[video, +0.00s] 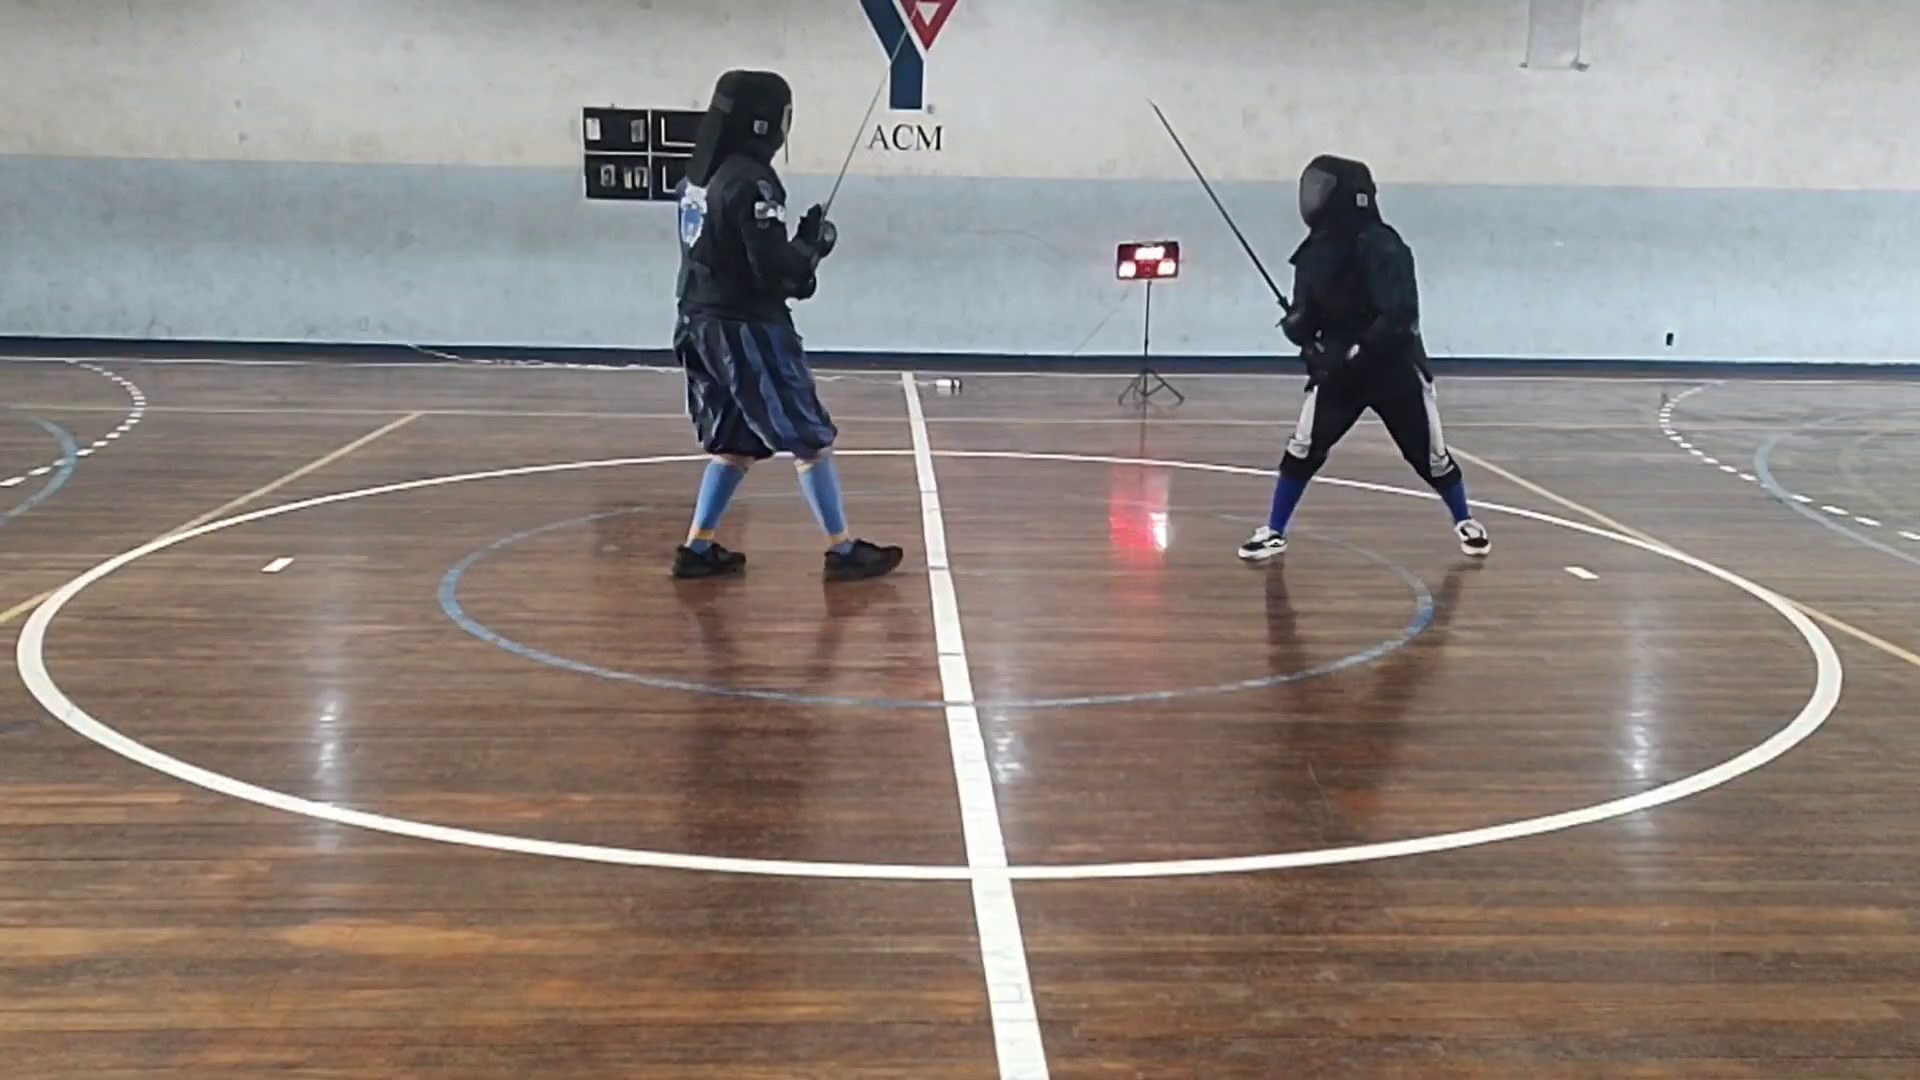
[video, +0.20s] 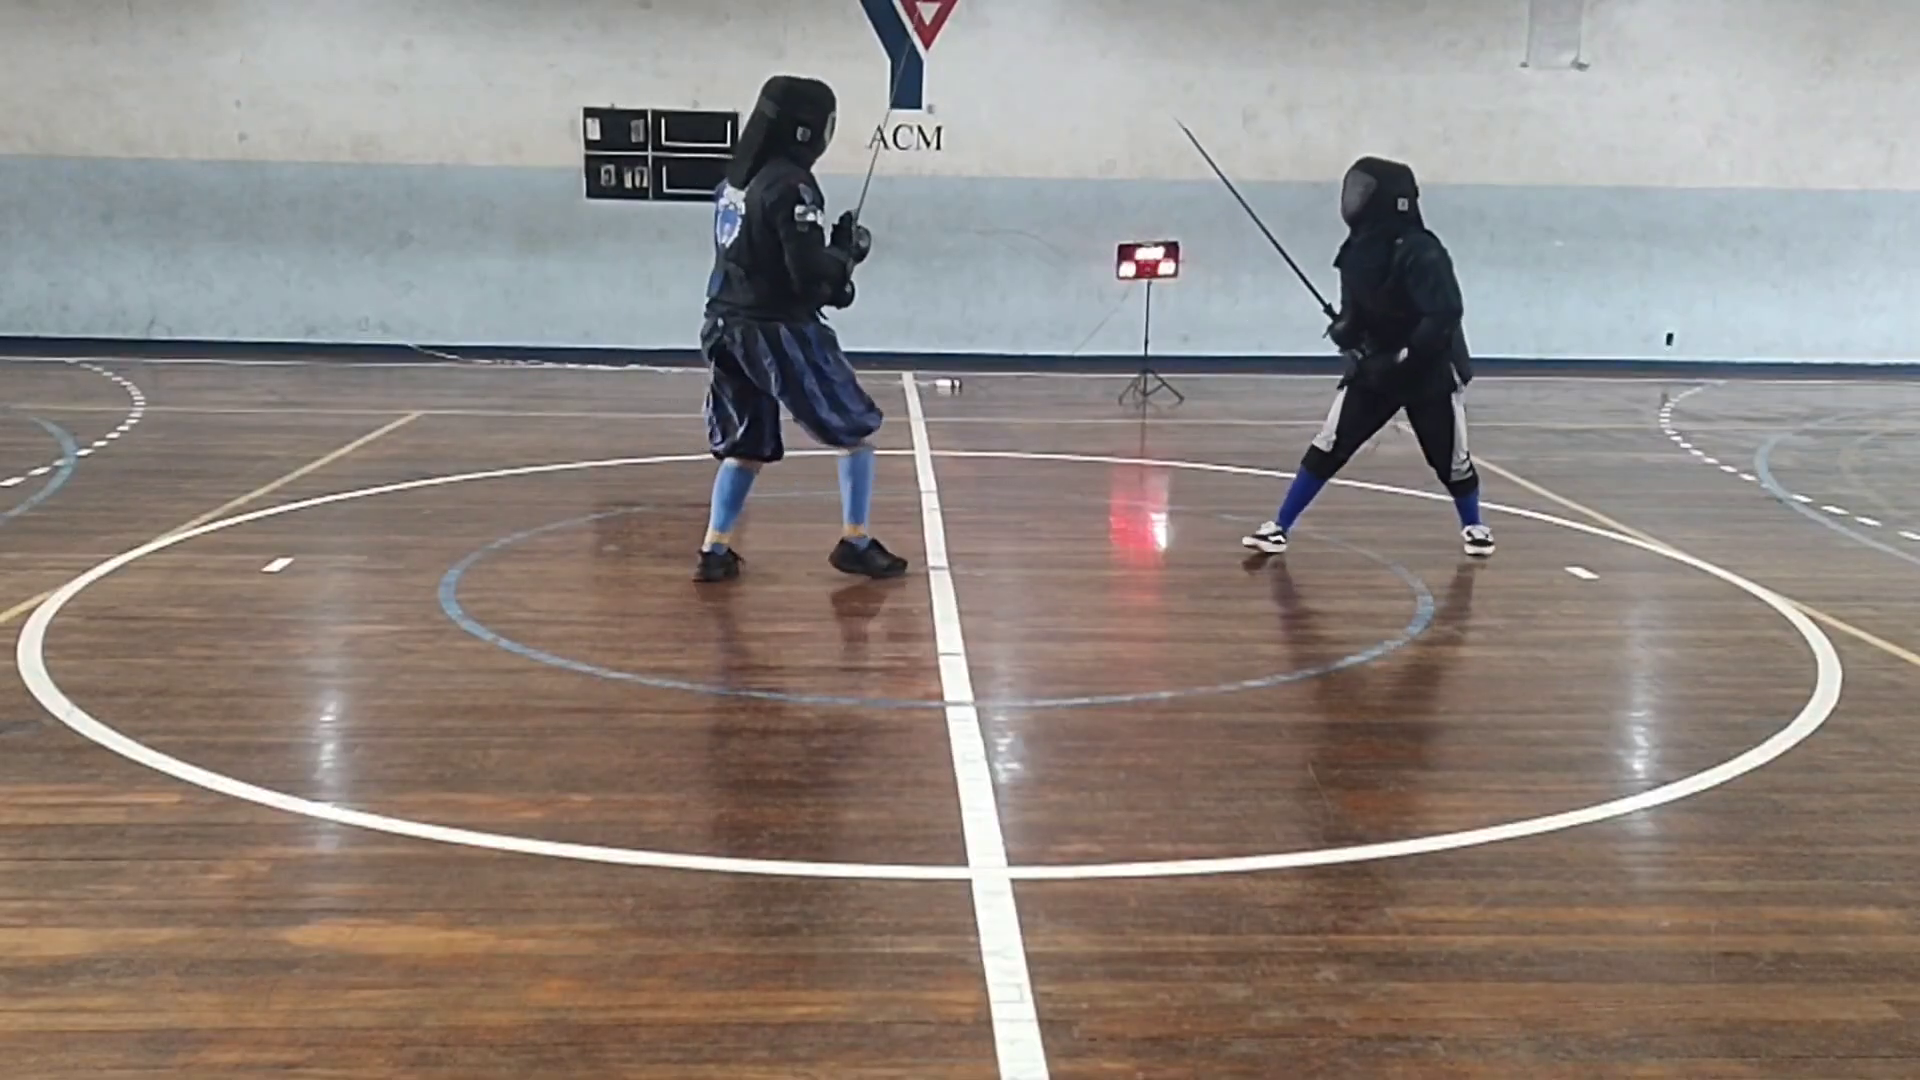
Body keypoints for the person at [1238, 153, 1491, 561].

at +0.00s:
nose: (1307, 196)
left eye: (1317, 187)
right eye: (1307, 187)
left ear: (1345, 193)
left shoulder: (1382, 245)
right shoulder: (1312, 252)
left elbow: (1400, 317)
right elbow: (1304, 314)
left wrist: (1353, 351)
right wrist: (1297, 325)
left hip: (1393, 368)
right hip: (1338, 368)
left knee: (1430, 456)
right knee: (1302, 450)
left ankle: (1464, 521)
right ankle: (1274, 530)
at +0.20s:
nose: (1346, 197)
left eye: (1357, 188)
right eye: (1348, 188)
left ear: (1386, 196)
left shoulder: (1420, 249)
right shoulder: (1356, 249)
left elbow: (1446, 313)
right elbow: (1355, 306)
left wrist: (1406, 359)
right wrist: (1345, 329)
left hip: (1429, 368)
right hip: (1375, 364)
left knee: (1451, 458)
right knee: (1329, 446)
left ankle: (1473, 526)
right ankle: (1279, 527)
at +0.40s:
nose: (1365, 190)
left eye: (1376, 181)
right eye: (1365, 180)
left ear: (1402, 188)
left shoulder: (1434, 242)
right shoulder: (1371, 243)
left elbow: (1459, 307)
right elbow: (1367, 299)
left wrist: (1413, 349)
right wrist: (1353, 317)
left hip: (1438, 365)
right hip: (1385, 361)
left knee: (1452, 456)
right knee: (1330, 438)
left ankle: (1473, 525)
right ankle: (1294, 524)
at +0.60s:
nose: (1369, 205)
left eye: (1380, 198)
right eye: (1370, 196)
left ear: (1406, 206)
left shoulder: (1438, 262)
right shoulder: (1367, 257)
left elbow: (1455, 326)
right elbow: (1356, 317)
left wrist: (1404, 357)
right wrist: (1342, 322)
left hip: (1423, 382)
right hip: (1365, 376)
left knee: (1453, 465)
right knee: (1298, 427)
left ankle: (1473, 526)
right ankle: (1281, 519)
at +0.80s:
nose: (1343, 207)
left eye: (1353, 199)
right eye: (1342, 198)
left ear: (1378, 204)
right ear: (1342, 205)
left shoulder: (1402, 250)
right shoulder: (1329, 249)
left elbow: (1376, 295)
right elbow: (1275, 279)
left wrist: (1324, 275)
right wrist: (1244, 259)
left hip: (1385, 378)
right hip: (1323, 377)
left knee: (1444, 456)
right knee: (1260, 446)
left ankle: (1472, 527)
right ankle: (1210, 519)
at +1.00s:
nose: (1322, 194)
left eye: (1330, 185)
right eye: (1318, 186)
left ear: (1351, 191)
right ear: (1312, 189)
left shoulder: (1375, 231)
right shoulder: (1304, 231)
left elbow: (1328, 212)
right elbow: (1256, 216)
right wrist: (1225, 181)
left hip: (1356, 373)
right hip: (1297, 372)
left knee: (1421, 451)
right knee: (1244, 450)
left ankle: (1459, 529)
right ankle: (1208, 521)